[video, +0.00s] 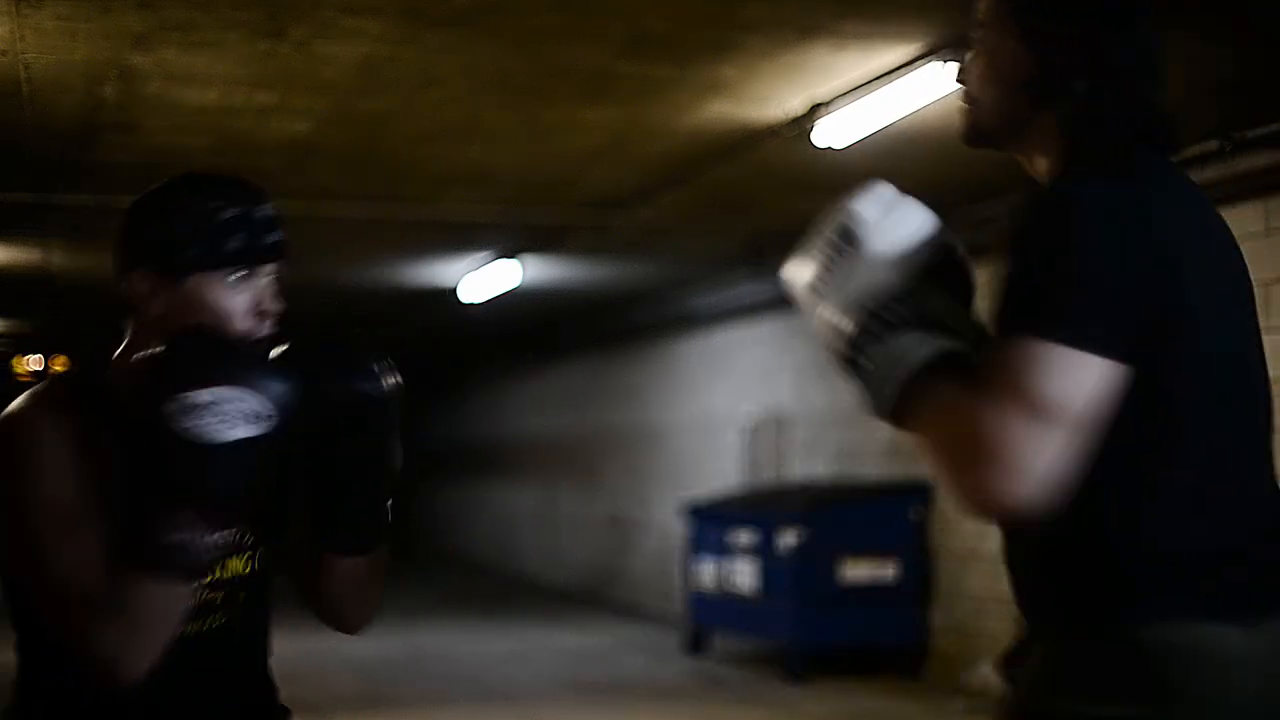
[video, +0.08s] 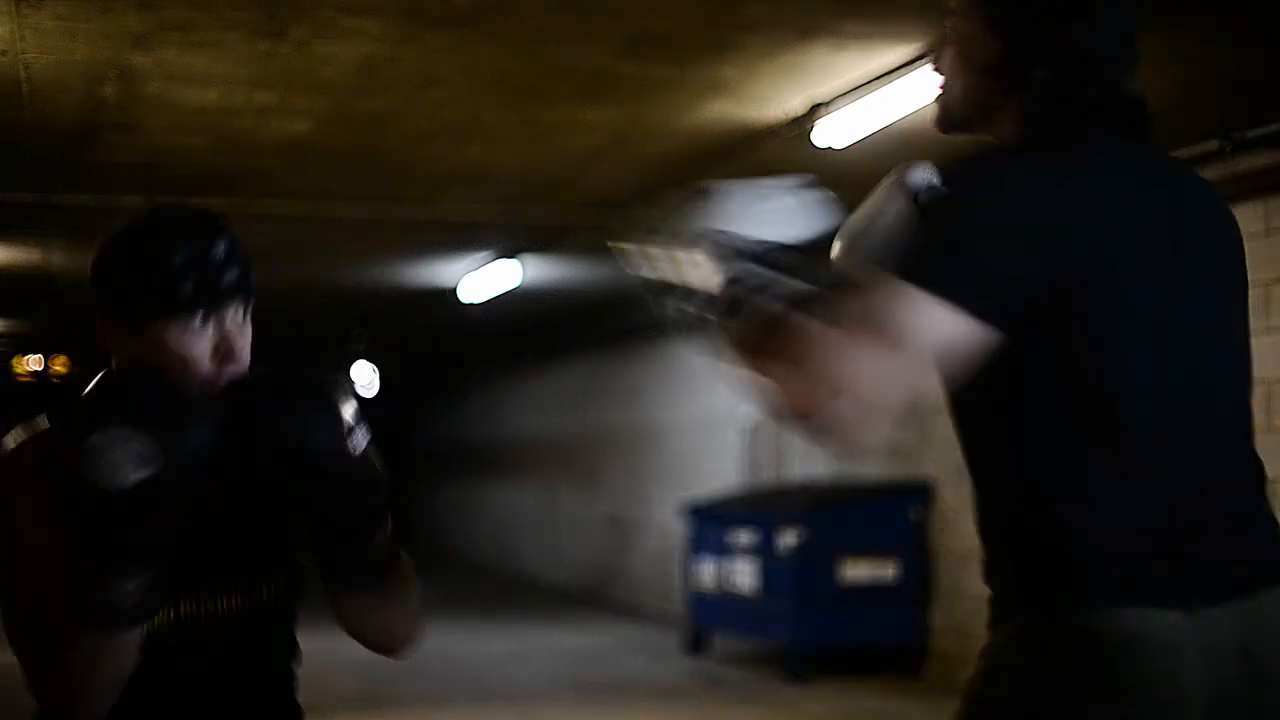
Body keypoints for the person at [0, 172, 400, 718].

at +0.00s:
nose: (271, 305)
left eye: (272, 276)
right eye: (240, 278)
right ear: (152, 289)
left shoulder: (259, 412)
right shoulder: (47, 426)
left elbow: (347, 611)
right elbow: (114, 654)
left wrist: (359, 449)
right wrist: (200, 483)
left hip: (239, 707)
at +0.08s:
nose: (234, 346)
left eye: (240, 314)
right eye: (200, 320)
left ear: (252, 312)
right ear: (130, 336)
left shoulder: (280, 430)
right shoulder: (56, 468)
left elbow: (394, 633)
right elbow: (76, 697)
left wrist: (344, 471)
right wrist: (123, 538)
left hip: (264, 713)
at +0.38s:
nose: (393, 271)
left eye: (386, 246)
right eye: (370, 243)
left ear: (286, 260)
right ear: (288, 256)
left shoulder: (268, 342)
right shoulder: (286, 333)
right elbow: (467, 358)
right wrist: (565, 257)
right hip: (196, 709)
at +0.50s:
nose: (376, 281)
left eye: (377, 259)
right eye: (354, 255)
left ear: (270, 262)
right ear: (268, 260)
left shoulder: (269, 379)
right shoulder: (219, 369)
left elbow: (308, 572)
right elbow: (268, 549)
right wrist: (439, 419)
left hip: (219, 708)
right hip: (156, 718)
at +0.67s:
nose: (299, 285)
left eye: (298, 262)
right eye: (269, 258)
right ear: (183, 271)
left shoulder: (253, 416)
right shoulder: (75, 421)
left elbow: (294, 616)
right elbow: (32, 638)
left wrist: (348, 507)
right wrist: (172, 566)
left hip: (203, 710)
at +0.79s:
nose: (253, 269)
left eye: (253, 247)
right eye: (221, 243)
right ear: (134, 258)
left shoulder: (238, 393)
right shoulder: (41, 400)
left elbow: (289, 602)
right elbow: (43, 643)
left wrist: (321, 495)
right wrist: (153, 524)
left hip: (189, 692)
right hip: (67, 699)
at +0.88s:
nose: (257, 250)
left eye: (256, 227)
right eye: (224, 227)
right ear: (138, 248)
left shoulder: (236, 381)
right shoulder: (43, 387)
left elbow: (317, 587)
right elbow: (92, 622)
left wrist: (340, 456)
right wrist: (180, 472)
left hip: (200, 690)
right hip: (75, 703)